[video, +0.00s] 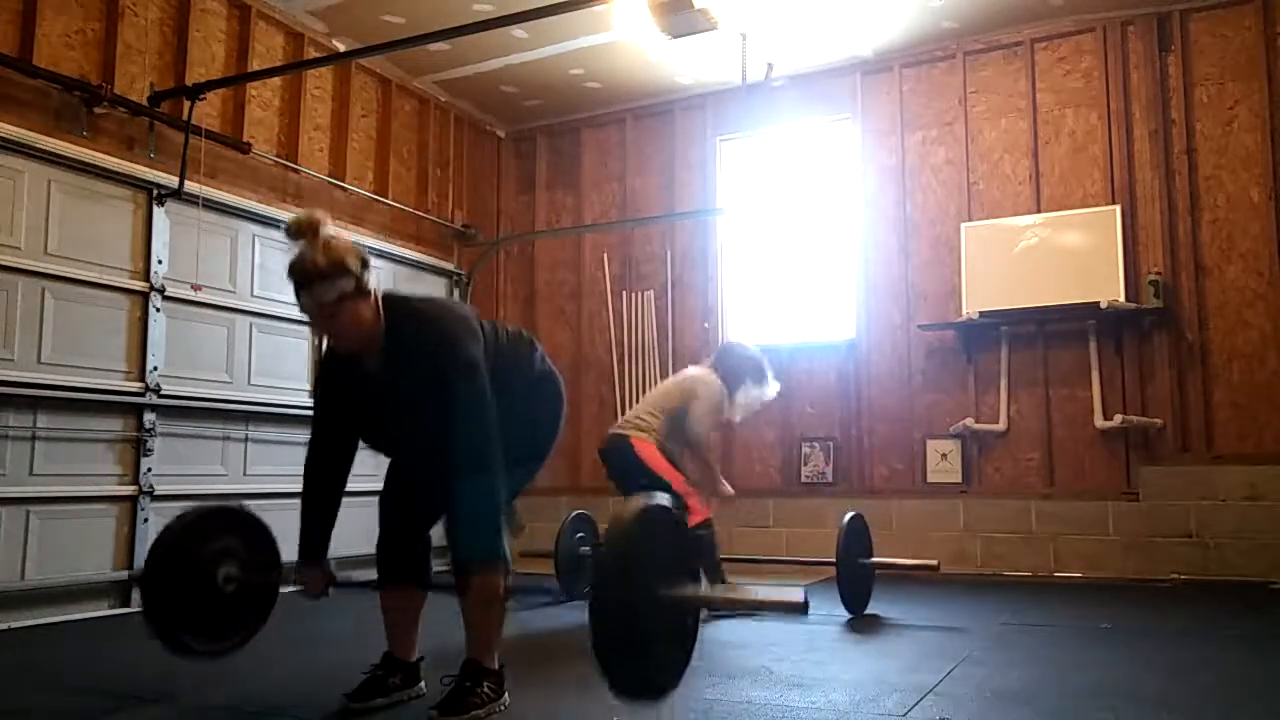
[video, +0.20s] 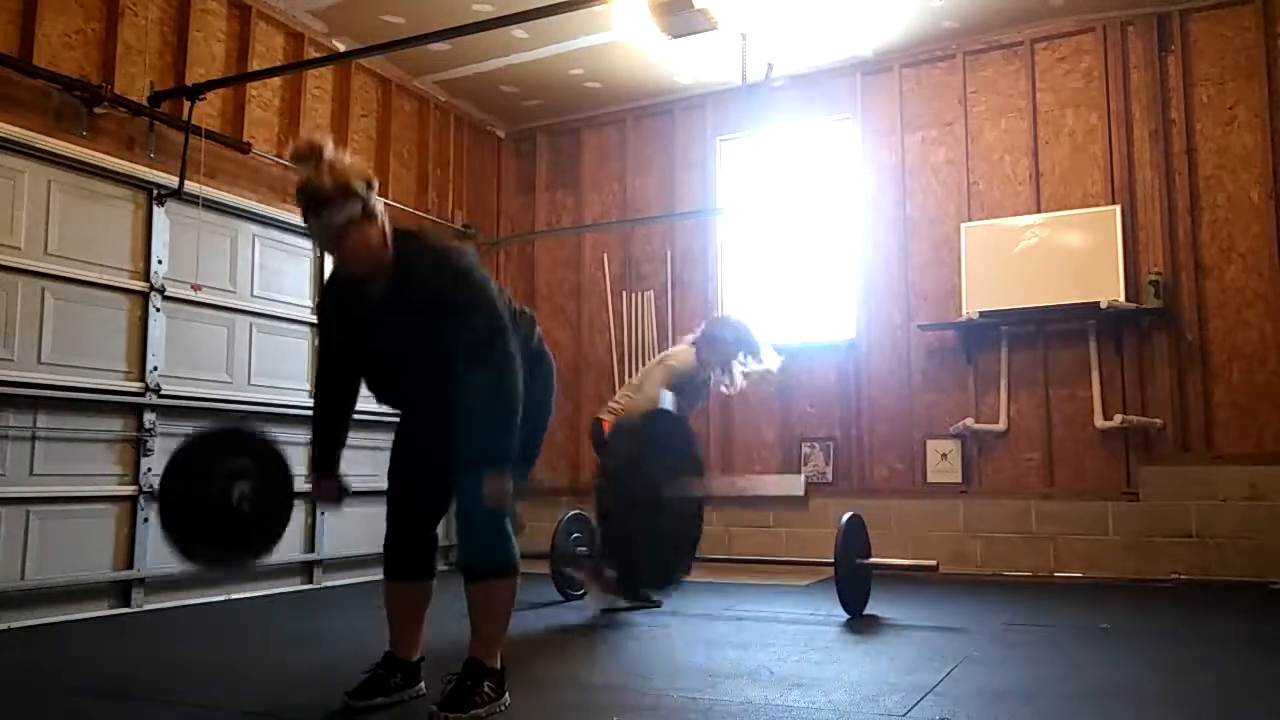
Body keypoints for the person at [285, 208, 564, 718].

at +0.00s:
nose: (322, 324)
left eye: (332, 308)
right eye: (312, 313)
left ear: (366, 298)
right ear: (305, 312)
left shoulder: (442, 335)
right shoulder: (339, 369)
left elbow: (478, 464)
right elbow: (326, 463)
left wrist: (483, 563)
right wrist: (313, 555)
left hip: (518, 405)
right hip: (435, 429)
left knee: (474, 528)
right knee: (400, 521)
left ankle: (484, 673)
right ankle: (401, 665)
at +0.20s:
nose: (351, 249)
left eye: (357, 232)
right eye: (335, 242)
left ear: (380, 216)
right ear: (322, 243)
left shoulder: (444, 267)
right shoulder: (340, 296)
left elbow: (500, 361)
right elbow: (335, 383)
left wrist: (499, 459)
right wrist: (325, 462)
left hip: (496, 393)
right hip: (428, 403)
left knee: (482, 513)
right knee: (407, 520)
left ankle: (485, 669)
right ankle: (403, 663)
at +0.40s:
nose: (339, 206)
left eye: (348, 190)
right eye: (326, 197)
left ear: (380, 173)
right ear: (316, 197)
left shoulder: (448, 216)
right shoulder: (335, 247)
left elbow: (530, 273)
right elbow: (333, 317)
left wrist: (511, 357)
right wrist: (332, 375)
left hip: (495, 374)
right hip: (424, 383)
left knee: (482, 506)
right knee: (414, 512)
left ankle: (489, 665)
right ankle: (406, 659)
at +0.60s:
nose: (333, 217)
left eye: (342, 200)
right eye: (322, 207)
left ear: (375, 184)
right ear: (314, 205)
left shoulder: (446, 222)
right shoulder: (337, 252)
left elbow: (536, 261)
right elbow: (334, 313)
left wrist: (511, 344)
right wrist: (333, 360)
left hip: (494, 380)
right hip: (421, 387)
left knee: (471, 514)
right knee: (399, 515)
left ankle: (484, 671)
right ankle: (402, 663)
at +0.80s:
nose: (335, 220)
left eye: (344, 205)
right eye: (324, 211)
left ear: (376, 190)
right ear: (316, 211)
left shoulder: (444, 240)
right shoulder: (340, 264)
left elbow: (505, 321)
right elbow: (335, 342)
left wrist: (502, 409)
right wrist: (327, 415)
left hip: (494, 387)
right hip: (427, 395)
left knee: (481, 513)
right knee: (407, 516)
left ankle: (486, 672)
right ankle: (403, 663)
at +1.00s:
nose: (343, 248)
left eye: (353, 232)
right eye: (333, 238)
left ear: (386, 221)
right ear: (326, 239)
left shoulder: (452, 283)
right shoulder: (342, 305)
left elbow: (481, 387)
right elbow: (330, 396)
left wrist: (488, 477)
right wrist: (319, 479)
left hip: (503, 402)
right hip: (424, 411)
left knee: (475, 512)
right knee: (395, 516)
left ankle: (486, 671)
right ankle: (401, 664)